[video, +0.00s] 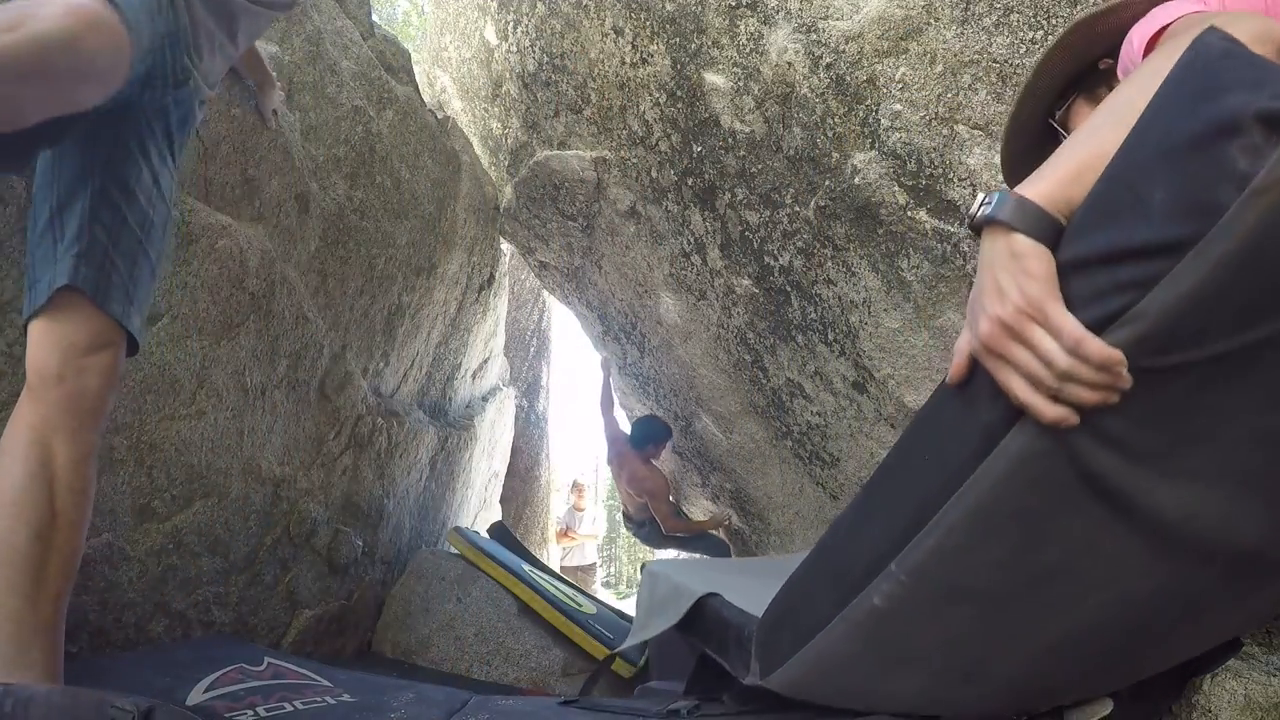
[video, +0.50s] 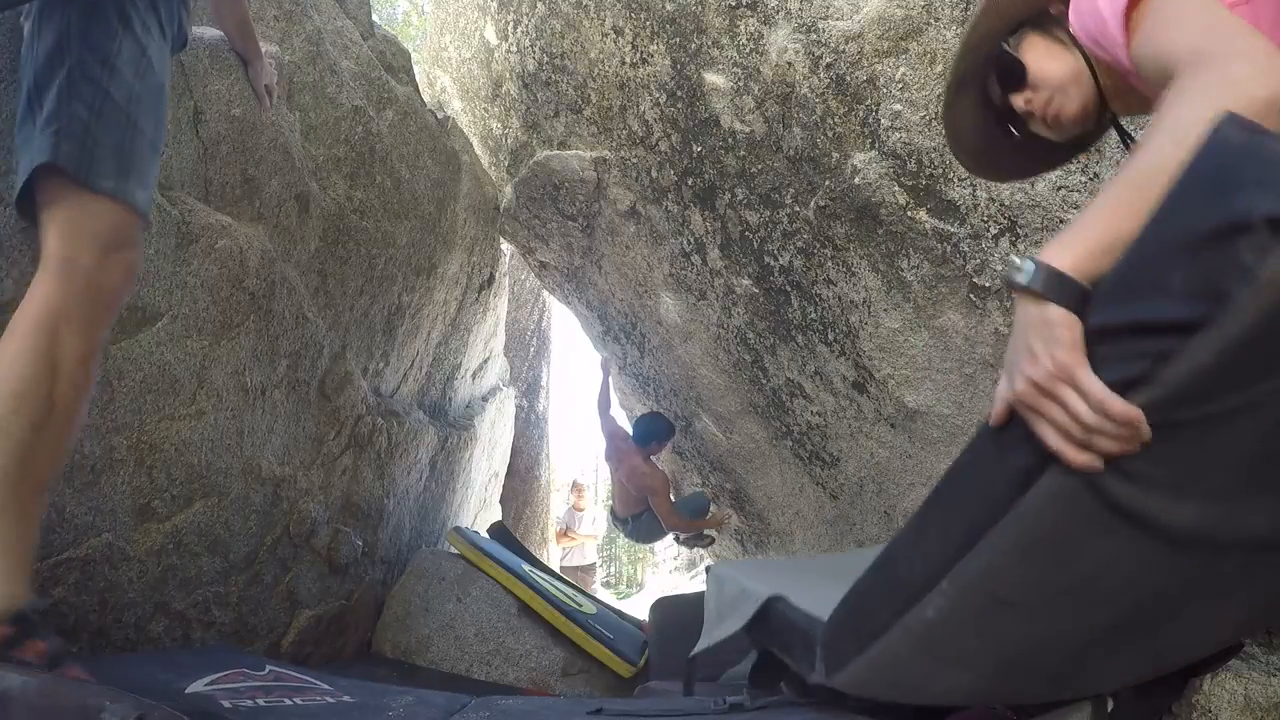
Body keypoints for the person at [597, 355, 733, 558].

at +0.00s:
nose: (664, 449)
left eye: (665, 445)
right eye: (662, 445)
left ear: (637, 436)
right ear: (651, 447)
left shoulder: (616, 441)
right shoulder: (652, 480)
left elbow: (606, 411)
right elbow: (671, 527)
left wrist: (606, 375)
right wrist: (710, 525)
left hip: (631, 519)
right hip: (654, 530)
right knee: (721, 548)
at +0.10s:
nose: (664, 448)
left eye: (665, 444)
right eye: (663, 444)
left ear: (636, 434)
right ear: (652, 445)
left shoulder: (616, 441)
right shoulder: (652, 479)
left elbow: (605, 409)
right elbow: (673, 526)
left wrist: (606, 375)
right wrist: (710, 524)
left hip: (624, 518)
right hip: (647, 529)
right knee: (715, 540)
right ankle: (721, 586)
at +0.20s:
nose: (664, 448)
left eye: (665, 444)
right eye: (663, 444)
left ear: (636, 432)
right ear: (652, 444)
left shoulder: (616, 440)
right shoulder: (653, 480)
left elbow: (604, 409)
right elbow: (673, 525)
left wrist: (605, 375)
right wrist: (710, 524)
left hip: (621, 518)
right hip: (644, 528)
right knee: (712, 534)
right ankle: (707, 584)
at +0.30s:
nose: (665, 447)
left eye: (666, 442)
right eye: (664, 443)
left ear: (636, 431)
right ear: (653, 445)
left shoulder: (616, 438)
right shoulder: (653, 479)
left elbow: (604, 410)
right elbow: (672, 525)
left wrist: (605, 376)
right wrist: (711, 523)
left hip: (619, 518)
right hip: (643, 529)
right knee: (708, 522)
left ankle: (686, 539)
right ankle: (695, 559)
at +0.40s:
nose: (665, 446)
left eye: (666, 442)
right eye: (664, 442)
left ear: (637, 429)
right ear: (655, 444)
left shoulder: (616, 438)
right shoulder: (654, 479)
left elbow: (603, 411)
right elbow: (672, 524)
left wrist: (605, 375)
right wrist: (710, 524)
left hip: (617, 517)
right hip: (641, 529)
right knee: (704, 511)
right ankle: (693, 549)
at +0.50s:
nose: (666, 446)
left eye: (667, 442)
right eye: (665, 442)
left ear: (637, 430)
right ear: (655, 445)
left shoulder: (616, 438)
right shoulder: (654, 478)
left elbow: (603, 411)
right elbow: (671, 524)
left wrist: (605, 375)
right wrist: (711, 524)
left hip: (616, 517)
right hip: (638, 528)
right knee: (701, 500)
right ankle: (689, 537)